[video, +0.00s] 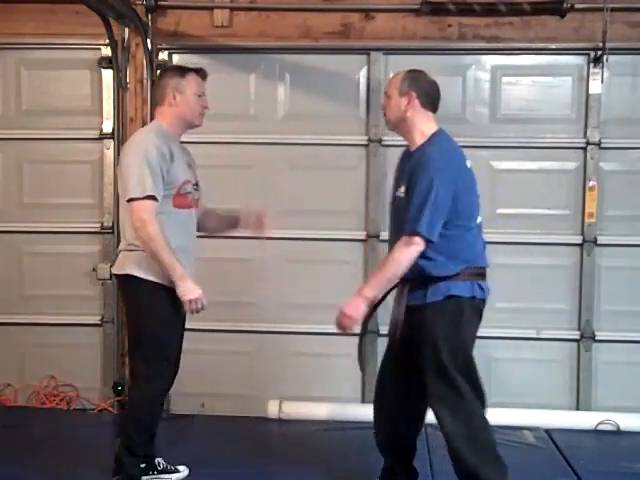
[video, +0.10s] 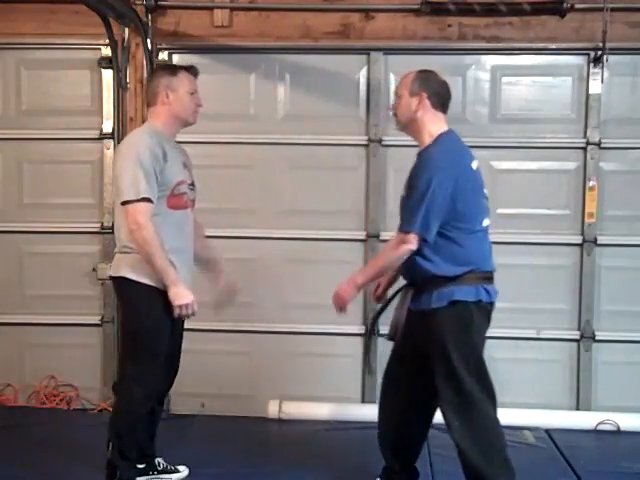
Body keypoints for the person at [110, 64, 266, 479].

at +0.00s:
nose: (207, 104)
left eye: (206, 96)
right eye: (200, 96)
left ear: (178, 98)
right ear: (174, 97)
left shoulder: (181, 152)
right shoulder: (145, 144)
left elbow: (196, 219)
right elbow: (142, 222)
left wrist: (240, 221)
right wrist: (181, 279)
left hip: (168, 279)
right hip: (144, 277)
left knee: (161, 371)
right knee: (151, 372)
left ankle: (142, 458)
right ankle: (133, 463)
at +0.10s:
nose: (199, 102)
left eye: (198, 94)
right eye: (192, 94)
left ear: (171, 98)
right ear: (166, 97)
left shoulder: (176, 151)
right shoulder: (139, 146)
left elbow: (188, 223)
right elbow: (139, 224)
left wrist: (216, 268)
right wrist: (173, 283)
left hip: (167, 283)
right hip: (140, 281)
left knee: (160, 375)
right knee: (141, 377)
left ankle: (143, 459)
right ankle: (125, 467)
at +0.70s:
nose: (169, 101)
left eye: (167, 94)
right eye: (161, 94)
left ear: (139, 100)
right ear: (133, 100)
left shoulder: (152, 151)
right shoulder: (119, 147)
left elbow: (173, 213)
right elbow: (123, 222)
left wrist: (188, 263)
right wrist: (164, 269)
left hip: (154, 282)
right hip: (134, 281)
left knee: (136, 382)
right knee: (183, 371)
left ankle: (112, 471)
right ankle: (145, 465)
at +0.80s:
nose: (170, 102)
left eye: (167, 95)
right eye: (162, 95)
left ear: (142, 102)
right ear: (134, 102)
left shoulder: (158, 152)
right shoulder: (119, 146)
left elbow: (174, 210)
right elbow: (143, 208)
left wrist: (196, 245)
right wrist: (193, 231)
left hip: (160, 276)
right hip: (137, 276)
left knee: (141, 382)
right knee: (200, 358)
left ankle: (113, 471)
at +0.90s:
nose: (171, 104)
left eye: (169, 97)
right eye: (163, 97)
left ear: (143, 103)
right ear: (136, 102)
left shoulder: (160, 153)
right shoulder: (122, 145)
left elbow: (187, 196)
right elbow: (164, 190)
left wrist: (206, 219)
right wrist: (233, 183)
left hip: (163, 275)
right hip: (144, 276)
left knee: (143, 380)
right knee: (222, 343)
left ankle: (113, 469)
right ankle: (278, 438)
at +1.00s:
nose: (177, 105)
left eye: (175, 97)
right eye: (169, 97)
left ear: (143, 104)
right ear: (141, 102)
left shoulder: (145, 145)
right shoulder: (137, 141)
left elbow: (188, 188)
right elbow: (196, 170)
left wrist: (226, 198)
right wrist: (265, 143)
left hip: (156, 272)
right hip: (159, 271)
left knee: (150, 377)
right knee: (243, 335)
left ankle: (115, 470)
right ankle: (311, 425)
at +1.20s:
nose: (207, 111)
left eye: (205, 103)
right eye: (199, 103)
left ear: (171, 110)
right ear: (170, 108)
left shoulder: (159, 153)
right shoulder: (187, 140)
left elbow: (217, 223)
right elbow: (250, 186)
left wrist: (271, 196)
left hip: (163, 286)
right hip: (191, 283)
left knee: (164, 382)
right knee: (256, 371)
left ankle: (118, 470)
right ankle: (316, 466)